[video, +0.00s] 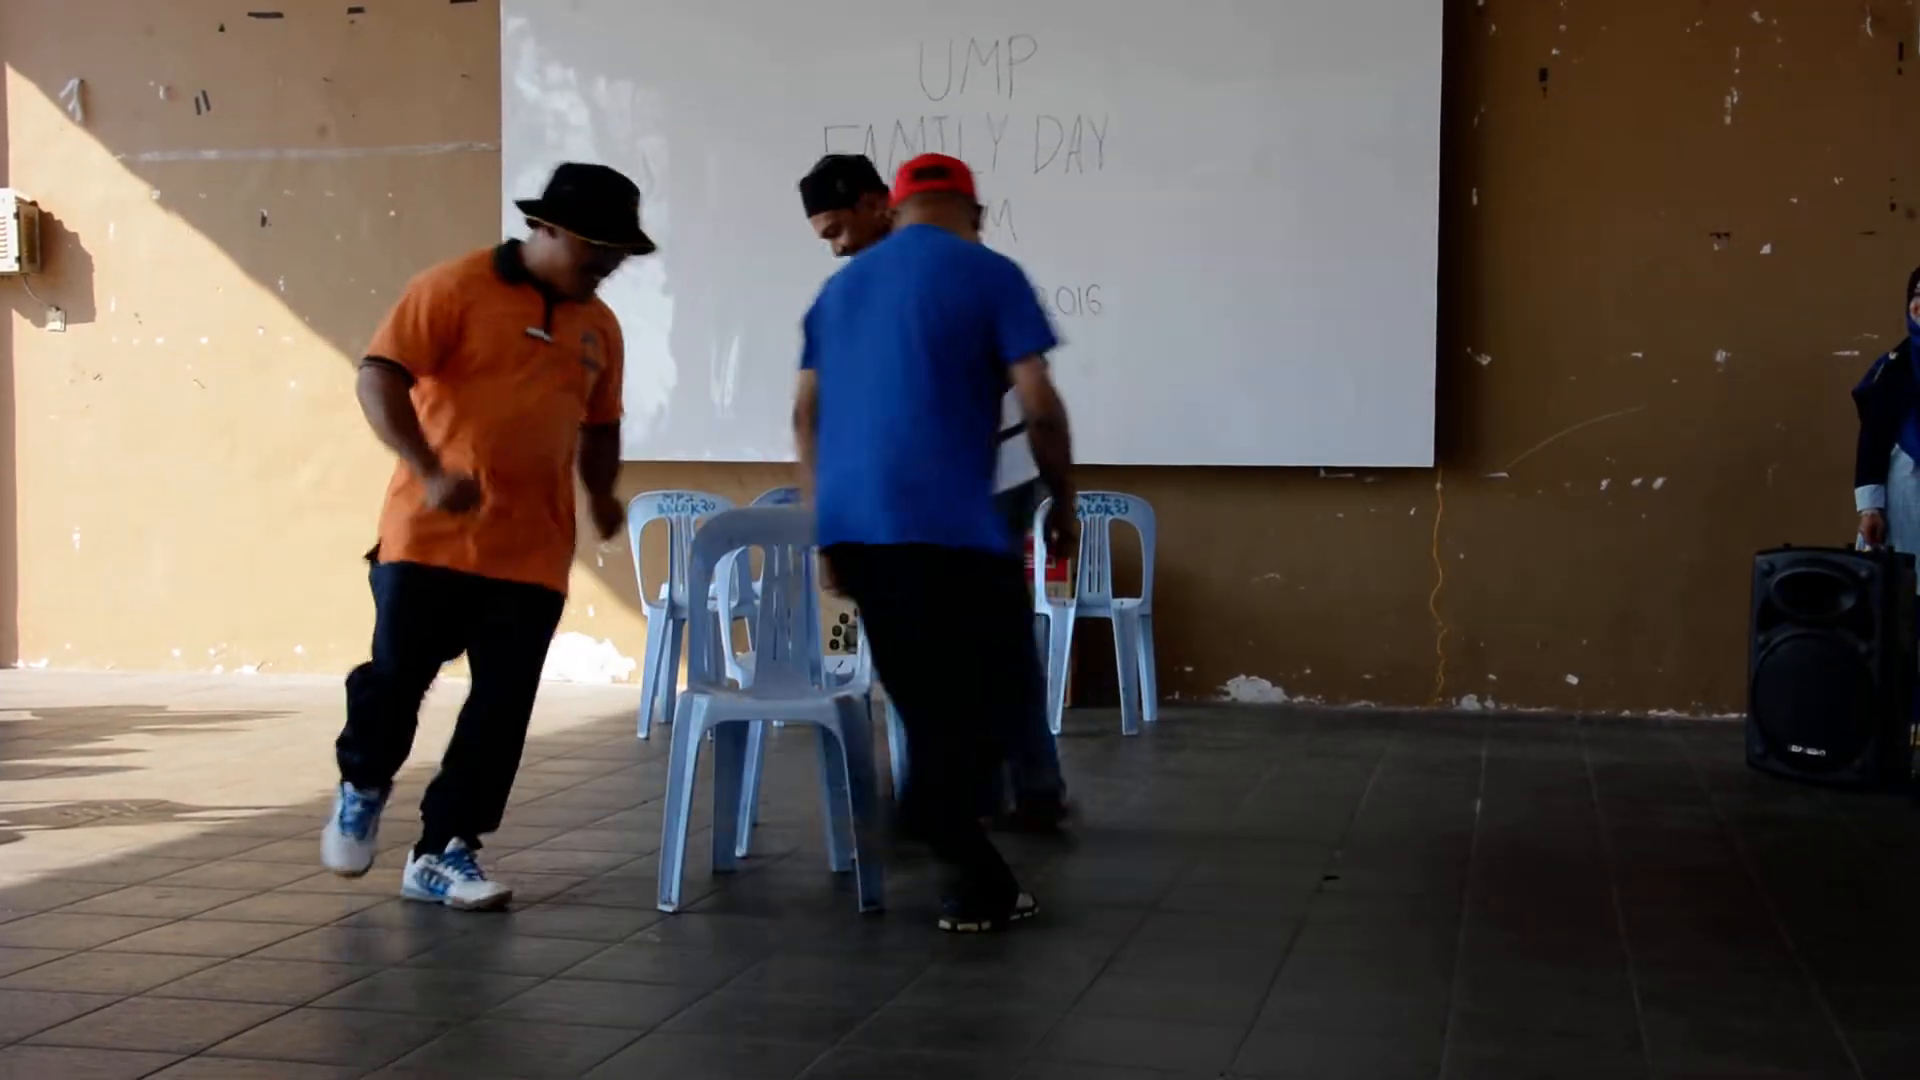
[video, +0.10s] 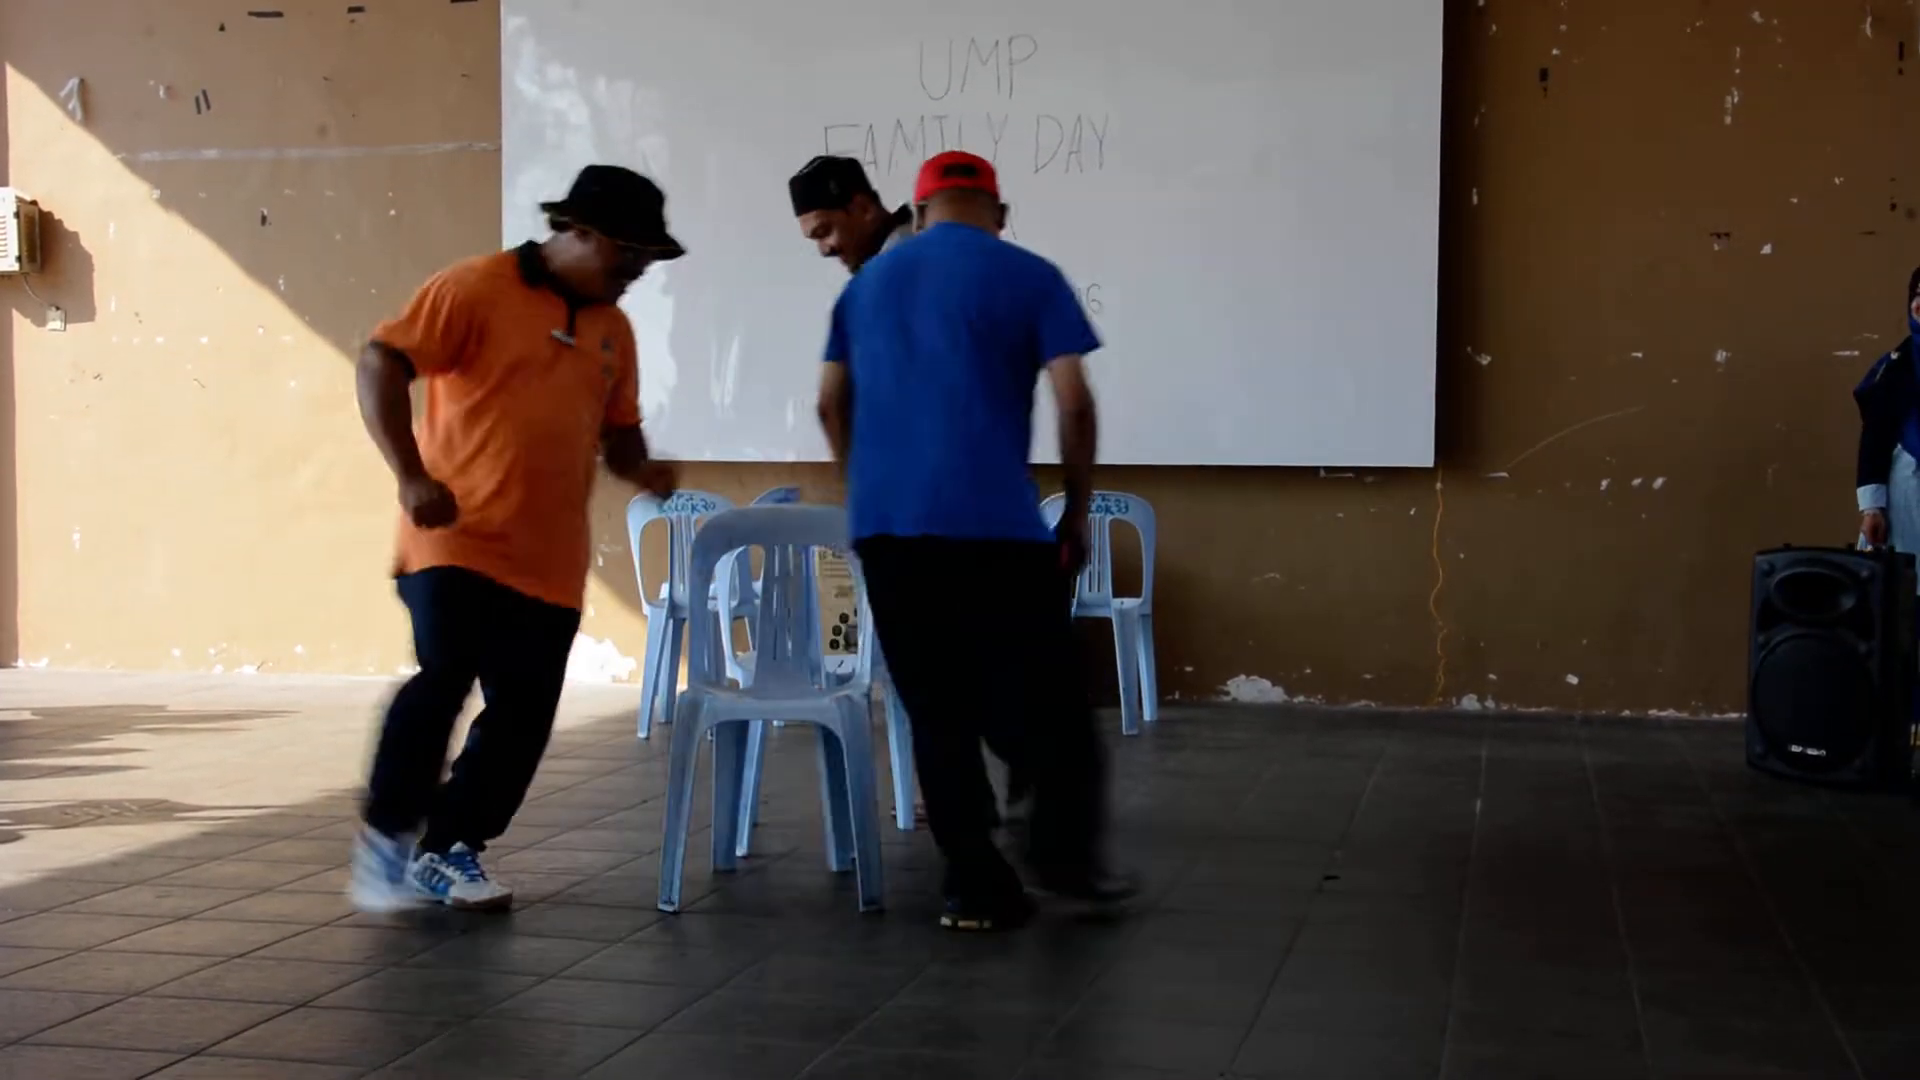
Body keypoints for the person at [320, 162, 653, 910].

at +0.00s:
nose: (602, 273)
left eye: (612, 262)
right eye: (595, 255)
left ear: (608, 256)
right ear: (549, 232)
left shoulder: (597, 329)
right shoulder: (451, 290)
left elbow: (600, 426)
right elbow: (377, 379)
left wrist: (602, 493)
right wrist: (428, 467)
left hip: (532, 549)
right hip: (432, 534)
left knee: (501, 712)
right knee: (396, 678)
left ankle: (444, 851)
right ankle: (362, 788)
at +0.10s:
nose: (631, 279)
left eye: (639, 267)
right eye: (626, 262)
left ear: (614, 252)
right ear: (580, 237)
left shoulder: (612, 332)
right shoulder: (477, 288)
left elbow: (619, 435)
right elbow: (380, 361)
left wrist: (644, 469)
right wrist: (409, 474)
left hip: (550, 557)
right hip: (454, 534)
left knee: (524, 716)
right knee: (446, 675)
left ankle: (450, 848)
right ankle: (387, 834)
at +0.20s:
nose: (659, 267)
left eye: (666, 254)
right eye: (655, 248)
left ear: (631, 235)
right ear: (609, 225)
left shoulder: (629, 316)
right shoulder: (506, 271)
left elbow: (629, 421)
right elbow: (402, 334)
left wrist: (668, 462)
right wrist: (440, 465)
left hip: (574, 557)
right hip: (482, 545)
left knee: (542, 730)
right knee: (478, 716)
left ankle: (443, 839)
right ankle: (453, 886)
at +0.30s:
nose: (691, 275)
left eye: (698, 262)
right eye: (688, 257)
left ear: (654, 240)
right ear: (642, 234)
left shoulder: (642, 323)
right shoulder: (535, 288)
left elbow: (628, 432)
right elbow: (479, 390)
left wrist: (664, 512)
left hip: (606, 558)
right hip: (516, 557)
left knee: (634, 706)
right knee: (520, 720)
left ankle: (508, 815)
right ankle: (456, 887)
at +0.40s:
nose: (731, 264)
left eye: (737, 250)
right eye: (728, 246)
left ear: (691, 226)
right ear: (688, 223)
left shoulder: (657, 292)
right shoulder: (603, 274)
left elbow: (624, 421)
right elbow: (592, 390)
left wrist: (670, 501)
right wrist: (698, 458)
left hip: (648, 555)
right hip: (574, 553)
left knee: (699, 694)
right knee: (564, 709)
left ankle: (632, 866)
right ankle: (462, 879)